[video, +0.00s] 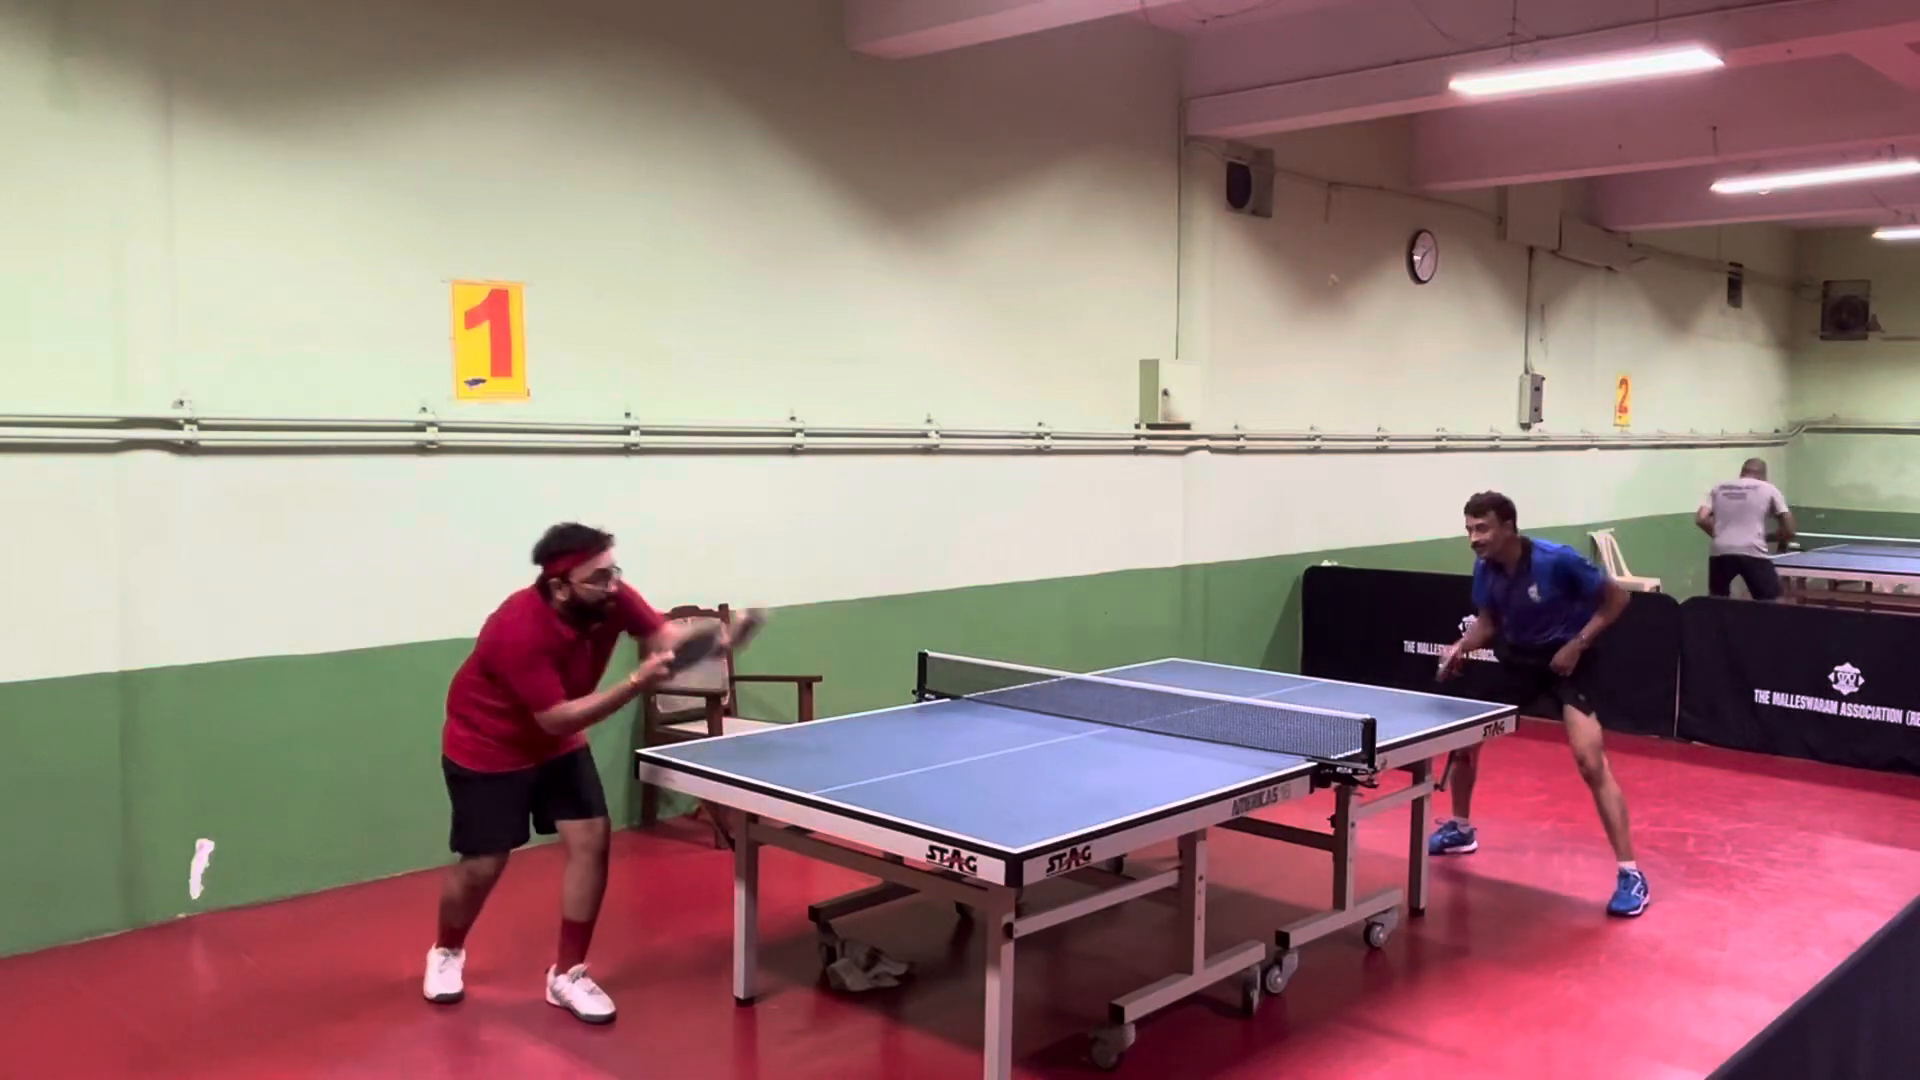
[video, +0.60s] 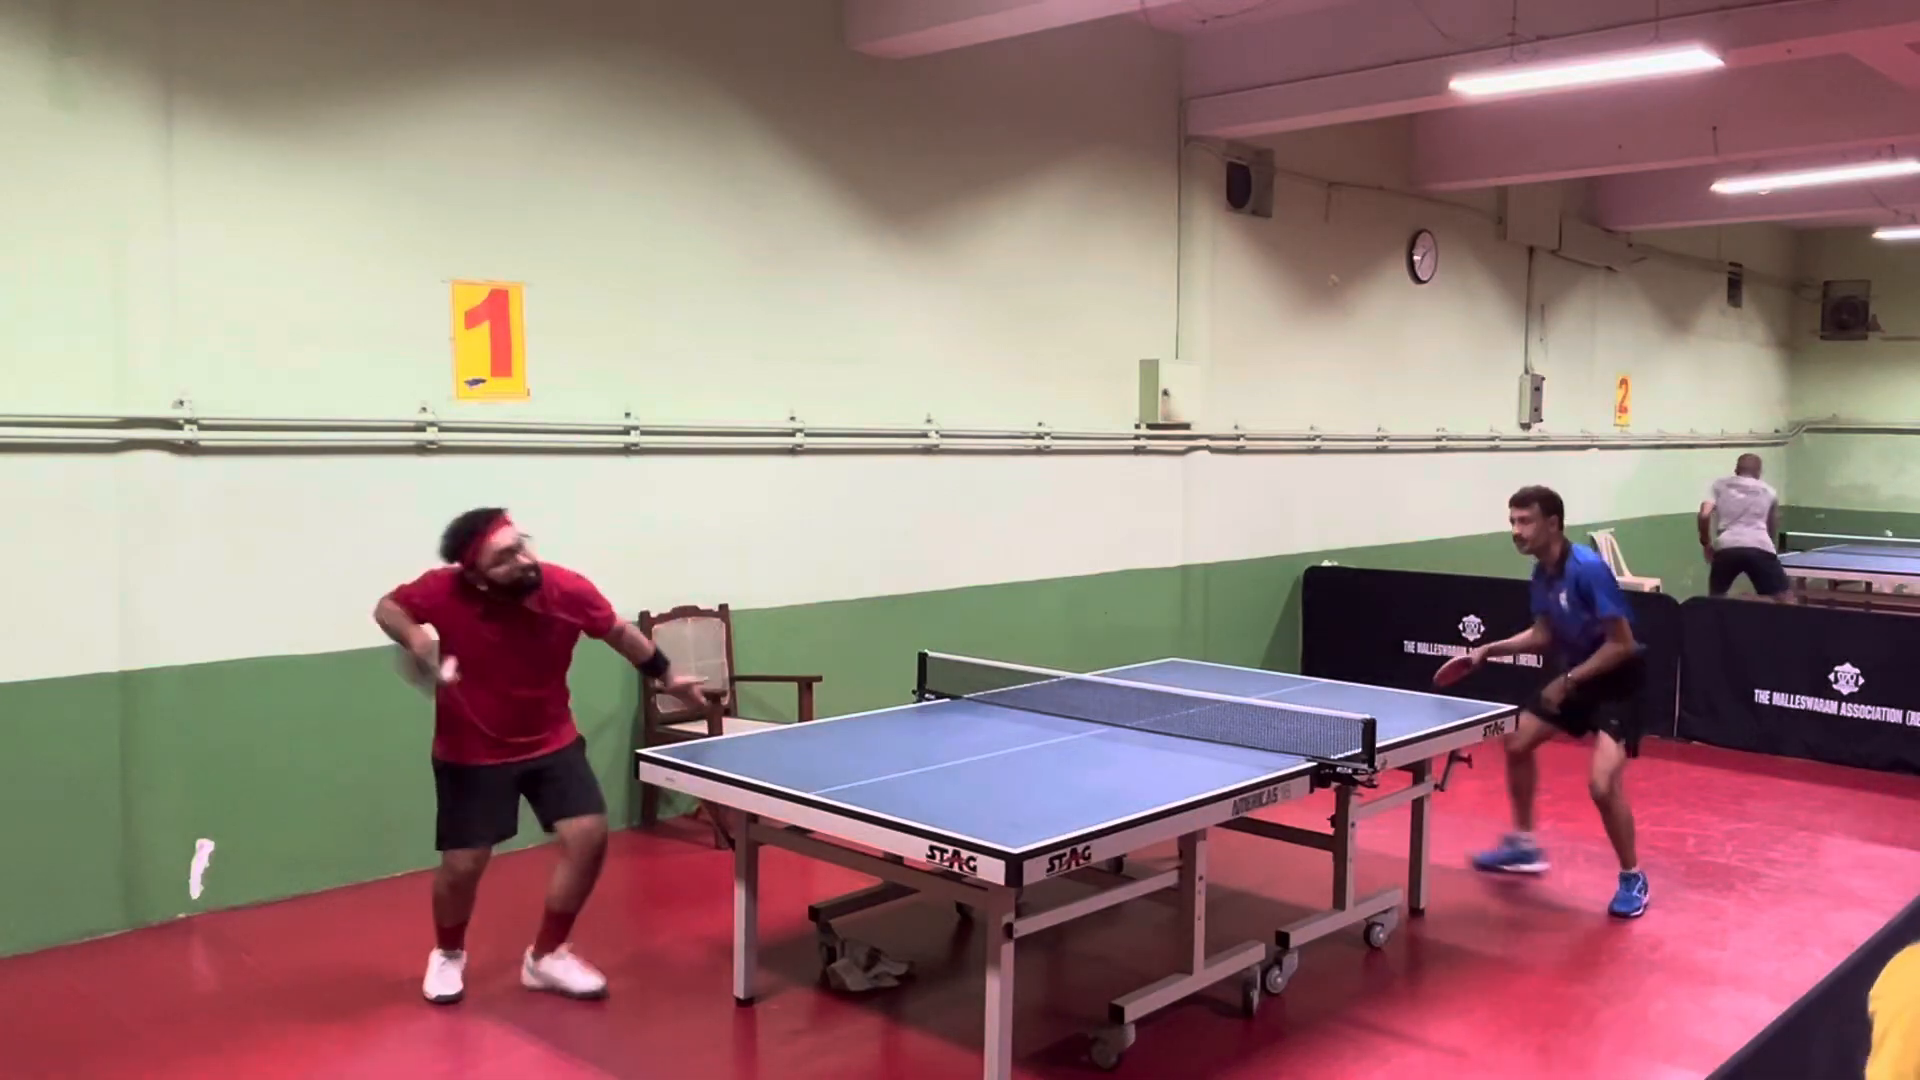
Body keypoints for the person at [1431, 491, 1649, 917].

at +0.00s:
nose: (1474, 538)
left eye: (1481, 530)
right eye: (1470, 531)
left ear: (1509, 527)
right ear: (1471, 532)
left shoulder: (1558, 561)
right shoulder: (1484, 571)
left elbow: (1617, 596)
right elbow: (1488, 624)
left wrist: (1578, 644)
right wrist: (1459, 648)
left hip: (1567, 666)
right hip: (1514, 665)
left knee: (1590, 763)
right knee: (1463, 734)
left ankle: (1629, 874)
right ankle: (1460, 826)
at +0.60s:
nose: (1516, 531)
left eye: (1524, 522)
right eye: (1513, 523)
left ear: (1554, 523)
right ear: (1518, 526)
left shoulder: (1589, 568)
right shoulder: (1541, 575)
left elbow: (1621, 643)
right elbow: (1545, 634)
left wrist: (1569, 679)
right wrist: (1487, 650)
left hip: (1619, 677)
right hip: (1576, 675)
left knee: (1602, 784)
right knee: (1516, 742)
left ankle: (1632, 877)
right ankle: (1523, 843)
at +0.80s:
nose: (1519, 540)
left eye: (1526, 530)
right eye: (1516, 532)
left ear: (1555, 529)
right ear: (1536, 534)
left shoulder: (1576, 570)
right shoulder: (1563, 576)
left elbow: (1596, 647)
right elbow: (1575, 648)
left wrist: (1561, 690)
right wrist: (1512, 661)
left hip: (1637, 677)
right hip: (1605, 677)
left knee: (1600, 783)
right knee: (1553, 764)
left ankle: (1667, 889)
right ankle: (1590, 866)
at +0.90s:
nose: (1526, 558)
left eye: (1533, 549)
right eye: (1524, 550)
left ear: (1563, 548)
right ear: (1566, 552)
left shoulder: (1571, 587)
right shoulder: (1595, 580)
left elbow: (1568, 674)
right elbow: (1603, 669)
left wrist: (1545, 711)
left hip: (1640, 697)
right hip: (1620, 698)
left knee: (1616, 808)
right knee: (1557, 761)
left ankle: (1686, 922)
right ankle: (1589, 867)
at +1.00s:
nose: (1541, 578)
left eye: (1547, 568)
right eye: (1539, 569)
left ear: (1576, 566)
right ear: (1583, 570)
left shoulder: (1570, 607)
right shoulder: (1633, 601)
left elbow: (1543, 690)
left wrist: (1533, 714)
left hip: (1640, 711)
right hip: (1670, 708)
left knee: (1629, 834)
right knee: (1574, 762)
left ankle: (1707, 945)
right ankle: (1591, 866)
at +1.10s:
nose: (1562, 600)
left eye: (1567, 590)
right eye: (1561, 592)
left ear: (1595, 587)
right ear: (1605, 589)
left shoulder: (1576, 627)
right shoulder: (1667, 624)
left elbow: (1532, 692)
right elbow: (1730, 691)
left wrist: (1531, 708)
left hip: (1645, 737)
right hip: (1691, 737)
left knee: (1630, 870)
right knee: (1596, 775)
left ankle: (1724, 967)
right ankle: (1597, 870)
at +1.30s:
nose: (1612, 607)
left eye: (1616, 599)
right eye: (1612, 600)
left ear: (1642, 596)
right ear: (1660, 602)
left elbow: (1555, 655)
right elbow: (1769, 709)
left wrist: (1580, 664)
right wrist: (1820, 749)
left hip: (1654, 751)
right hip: (1708, 759)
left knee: (1614, 885)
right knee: (1640, 801)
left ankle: (1725, 971)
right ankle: (1608, 851)